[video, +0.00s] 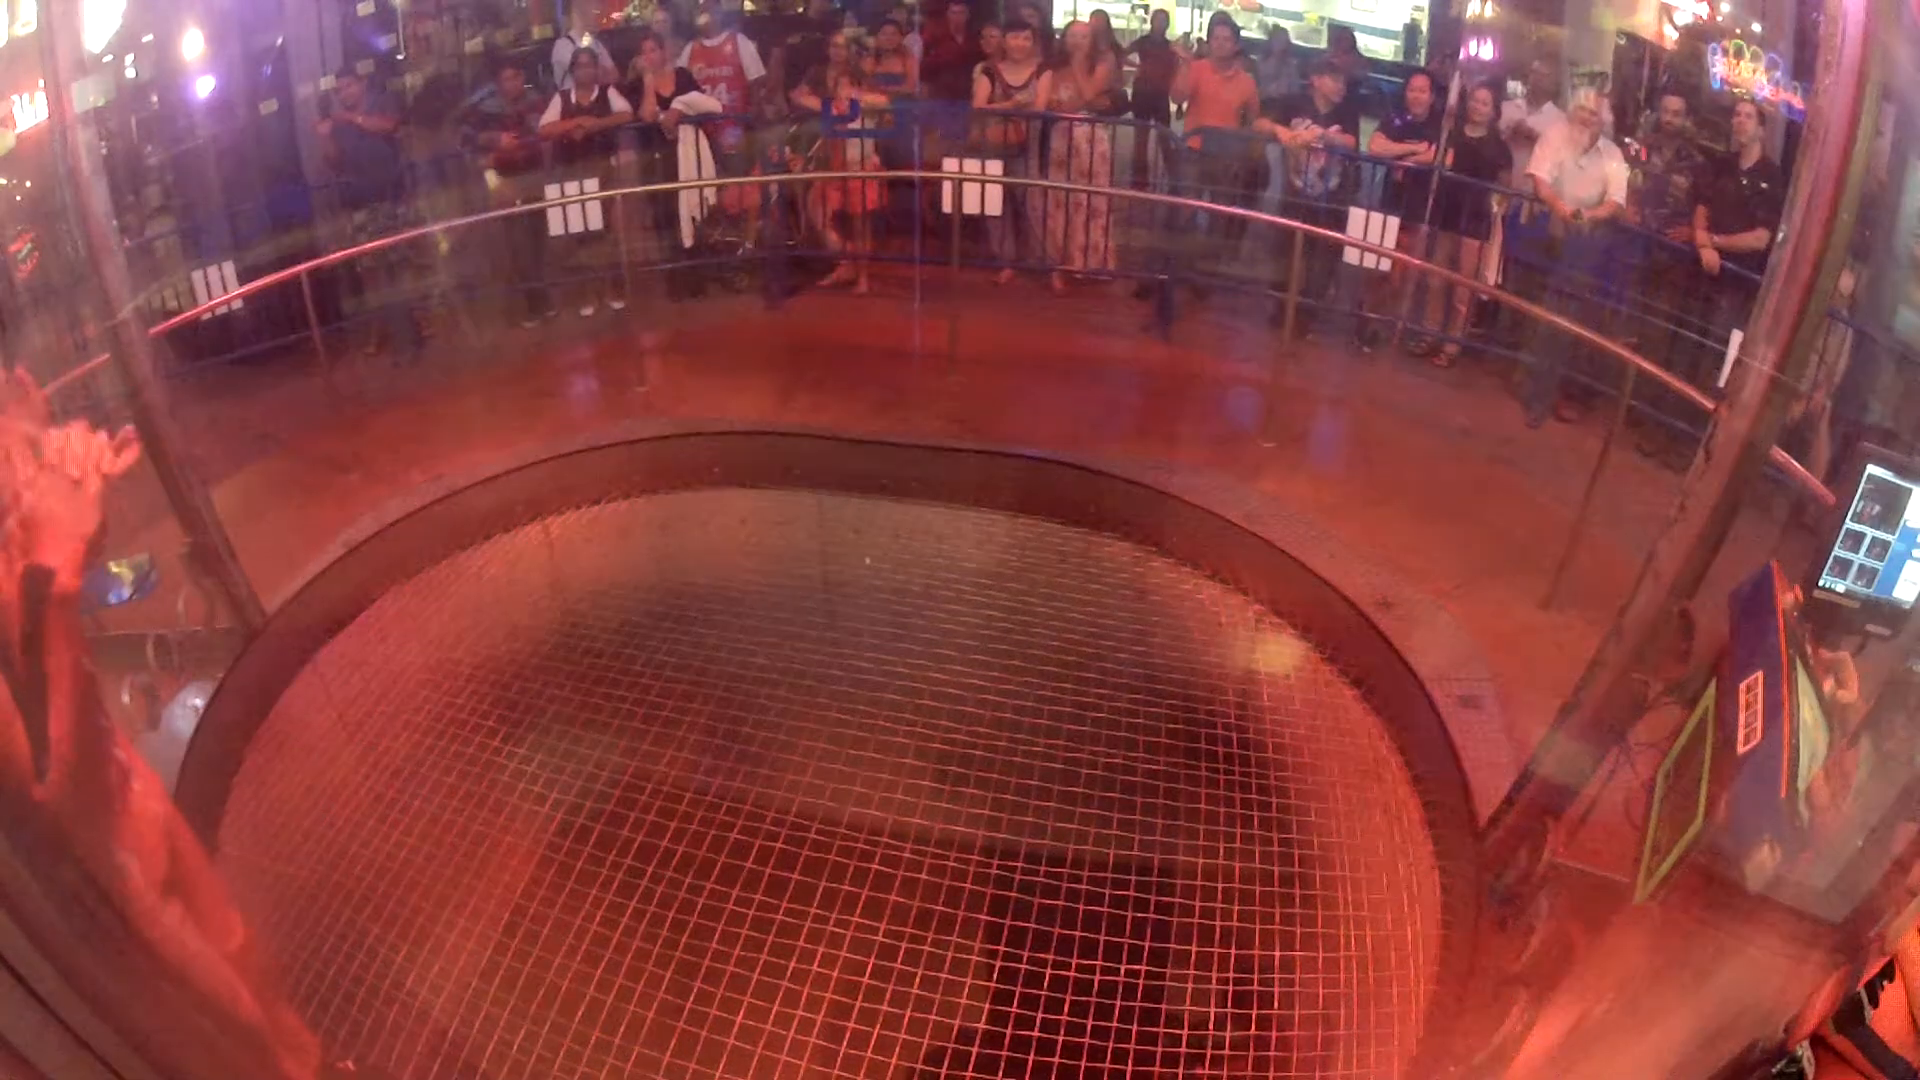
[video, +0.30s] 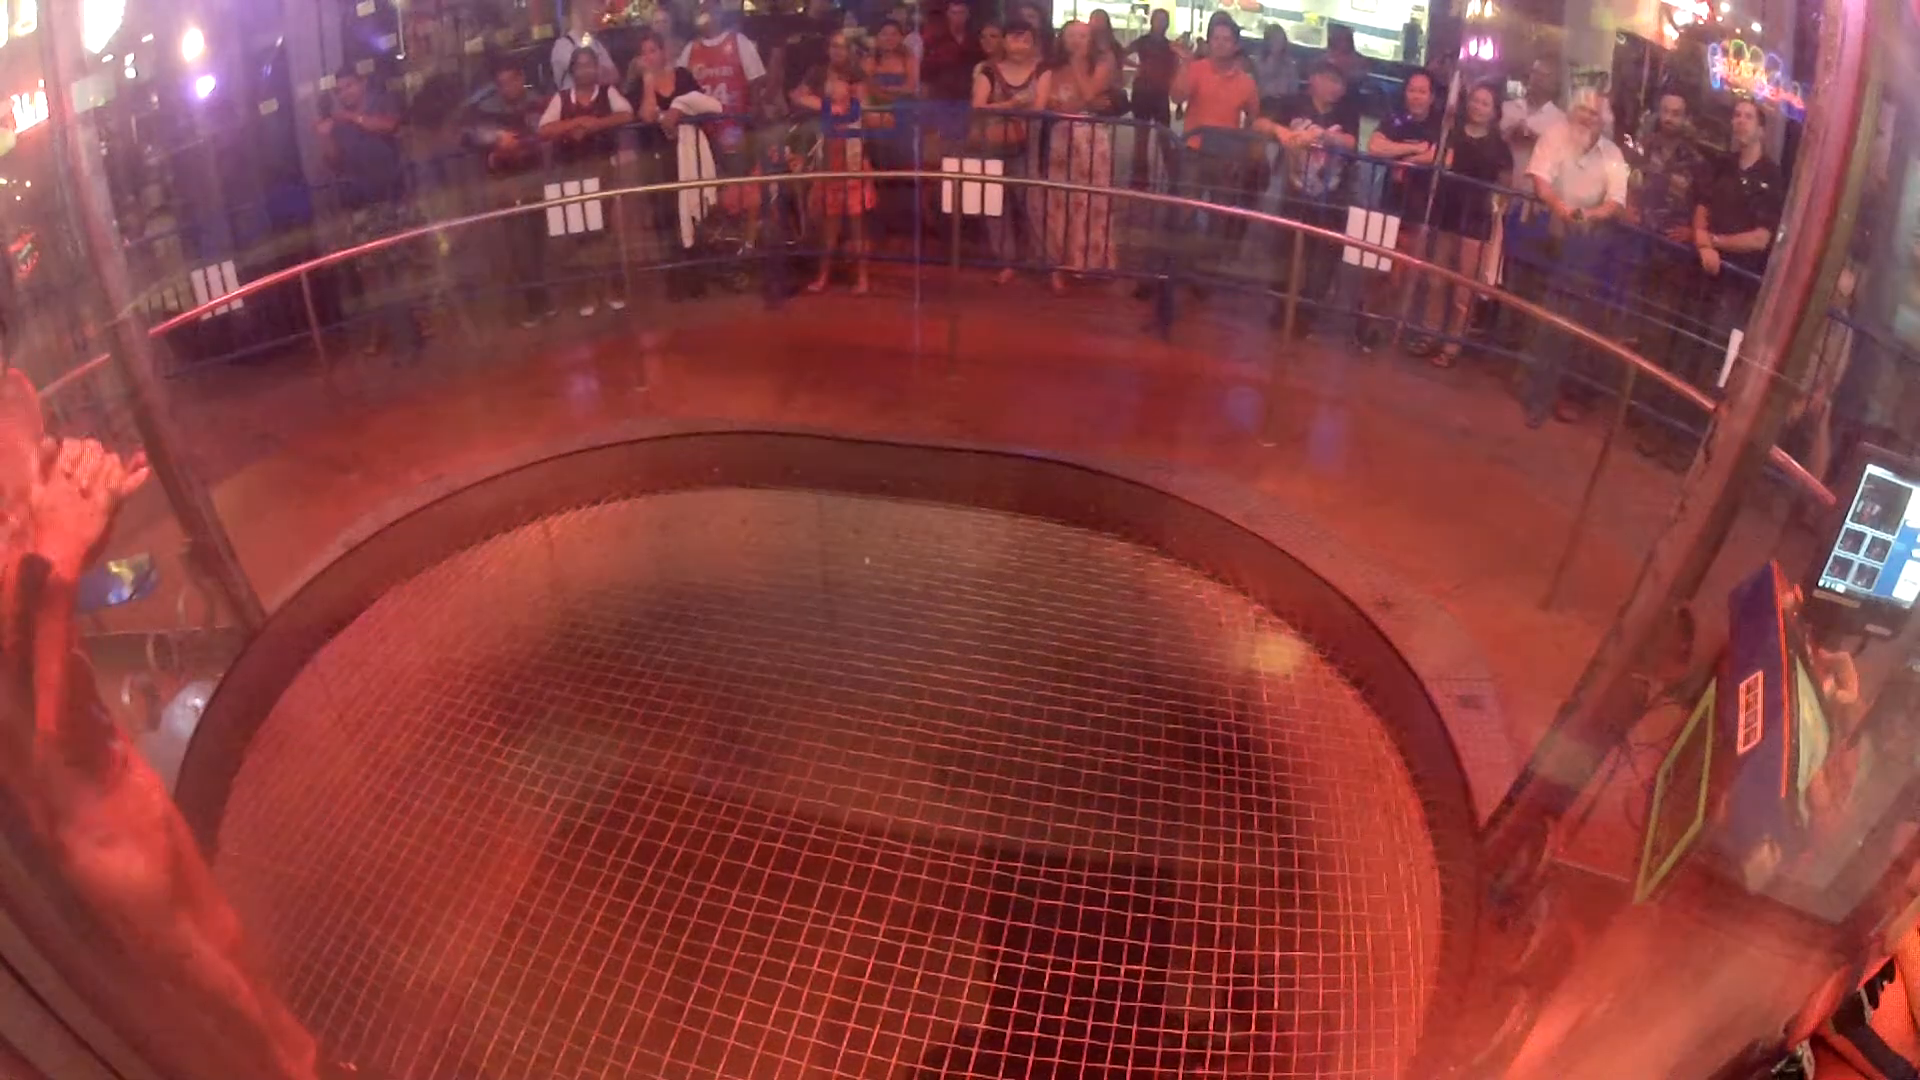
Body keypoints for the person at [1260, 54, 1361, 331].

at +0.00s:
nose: (1342, 88)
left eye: (1344, 83)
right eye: (1336, 81)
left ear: (1344, 85)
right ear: (1316, 81)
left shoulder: (1347, 111)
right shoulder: (1293, 105)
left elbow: (1351, 143)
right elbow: (1259, 124)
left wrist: (1321, 136)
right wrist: (1281, 132)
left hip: (1330, 201)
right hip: (1295, 196)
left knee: (1322, 260)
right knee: (1287, 253)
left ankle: (1307, 314)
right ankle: (1280, 307)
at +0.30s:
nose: (1336, 92)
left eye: (1340, 87)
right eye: (1331, 85)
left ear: (1343, 89)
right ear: (1314, 81)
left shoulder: (1346, 112)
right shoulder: (1292, 105)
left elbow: (1351, 144)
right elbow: (1259, 123)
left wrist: (1323, 135)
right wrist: (1281, 132)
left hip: (1330, 199)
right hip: (1295, 193)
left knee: (1322, 258)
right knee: (1286, 250)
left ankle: (1308, 314)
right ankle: (1280, 306)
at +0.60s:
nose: (1329, 89)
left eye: (1336, 85)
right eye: (1325, 81)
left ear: (1343, 91)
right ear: (1314, 80)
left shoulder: (1347, 114)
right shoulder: (1293, 106)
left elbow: (1351, 144)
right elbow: (1258, 122)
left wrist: (1324, 135)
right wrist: (1282, 133)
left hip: (1331, 199)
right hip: (1295, 193)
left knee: (1322, 258)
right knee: (1287, 251)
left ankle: (1307, 314)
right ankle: (1280, 307)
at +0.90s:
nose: (1328, 88)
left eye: (1334, 84)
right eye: (1325, 80)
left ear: (1342, 92)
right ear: (1314, 80)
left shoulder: (1347, 115)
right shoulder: (1292, 106)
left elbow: (1351, 144)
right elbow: (1262, 125)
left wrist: (1324, 135)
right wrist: (1288, 136)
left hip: (1330, 198)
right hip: (1295, 192)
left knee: (1322, 256)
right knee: (1287, 249)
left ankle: (1307, 312)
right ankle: (1281, 305)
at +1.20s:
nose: (1326, 86)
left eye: (1333, 82)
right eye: (1322, 79)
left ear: (1342, 88)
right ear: (1312, 80)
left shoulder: (1345, 112)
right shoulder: (1293, 104)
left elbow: (1352, 144)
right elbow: (1260, 125)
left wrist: (1326, 136)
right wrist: (1287, 135)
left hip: (1331, 196)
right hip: (1296, 189)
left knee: (1323, 255)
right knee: (1287, 248)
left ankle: (1307, 313)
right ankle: (1281, 307)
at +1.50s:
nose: (1325, 86)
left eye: (1333, 81)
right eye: (1322, 78)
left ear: (1343, 87)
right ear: (1311, 78)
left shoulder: (1346, 111)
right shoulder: (1293, 103)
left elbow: (1351, 143)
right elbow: (1259, 124)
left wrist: (1325, 136)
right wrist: (1283, 134)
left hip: (1332, 196)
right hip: (1296, 190)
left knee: (1324, 255)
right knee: (1286, 248)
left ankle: (1307, 312)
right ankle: (1281, 306)